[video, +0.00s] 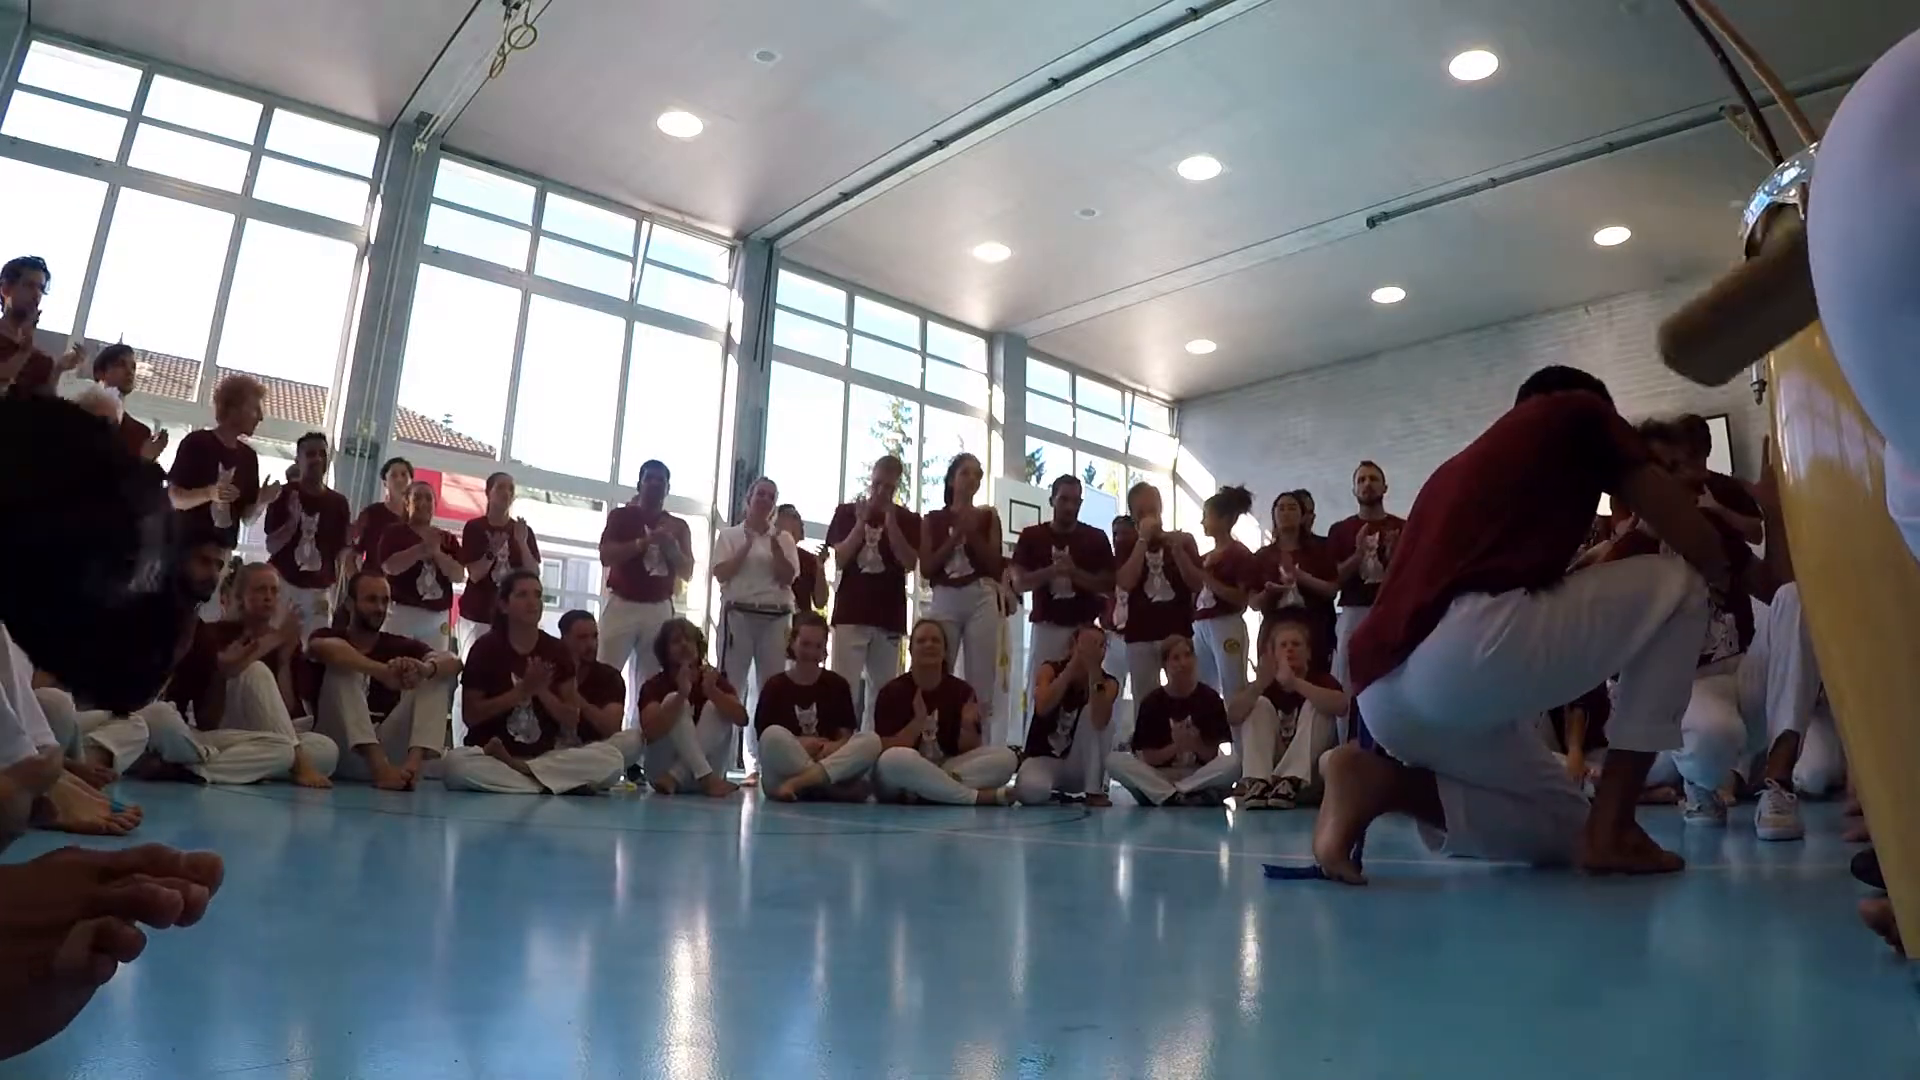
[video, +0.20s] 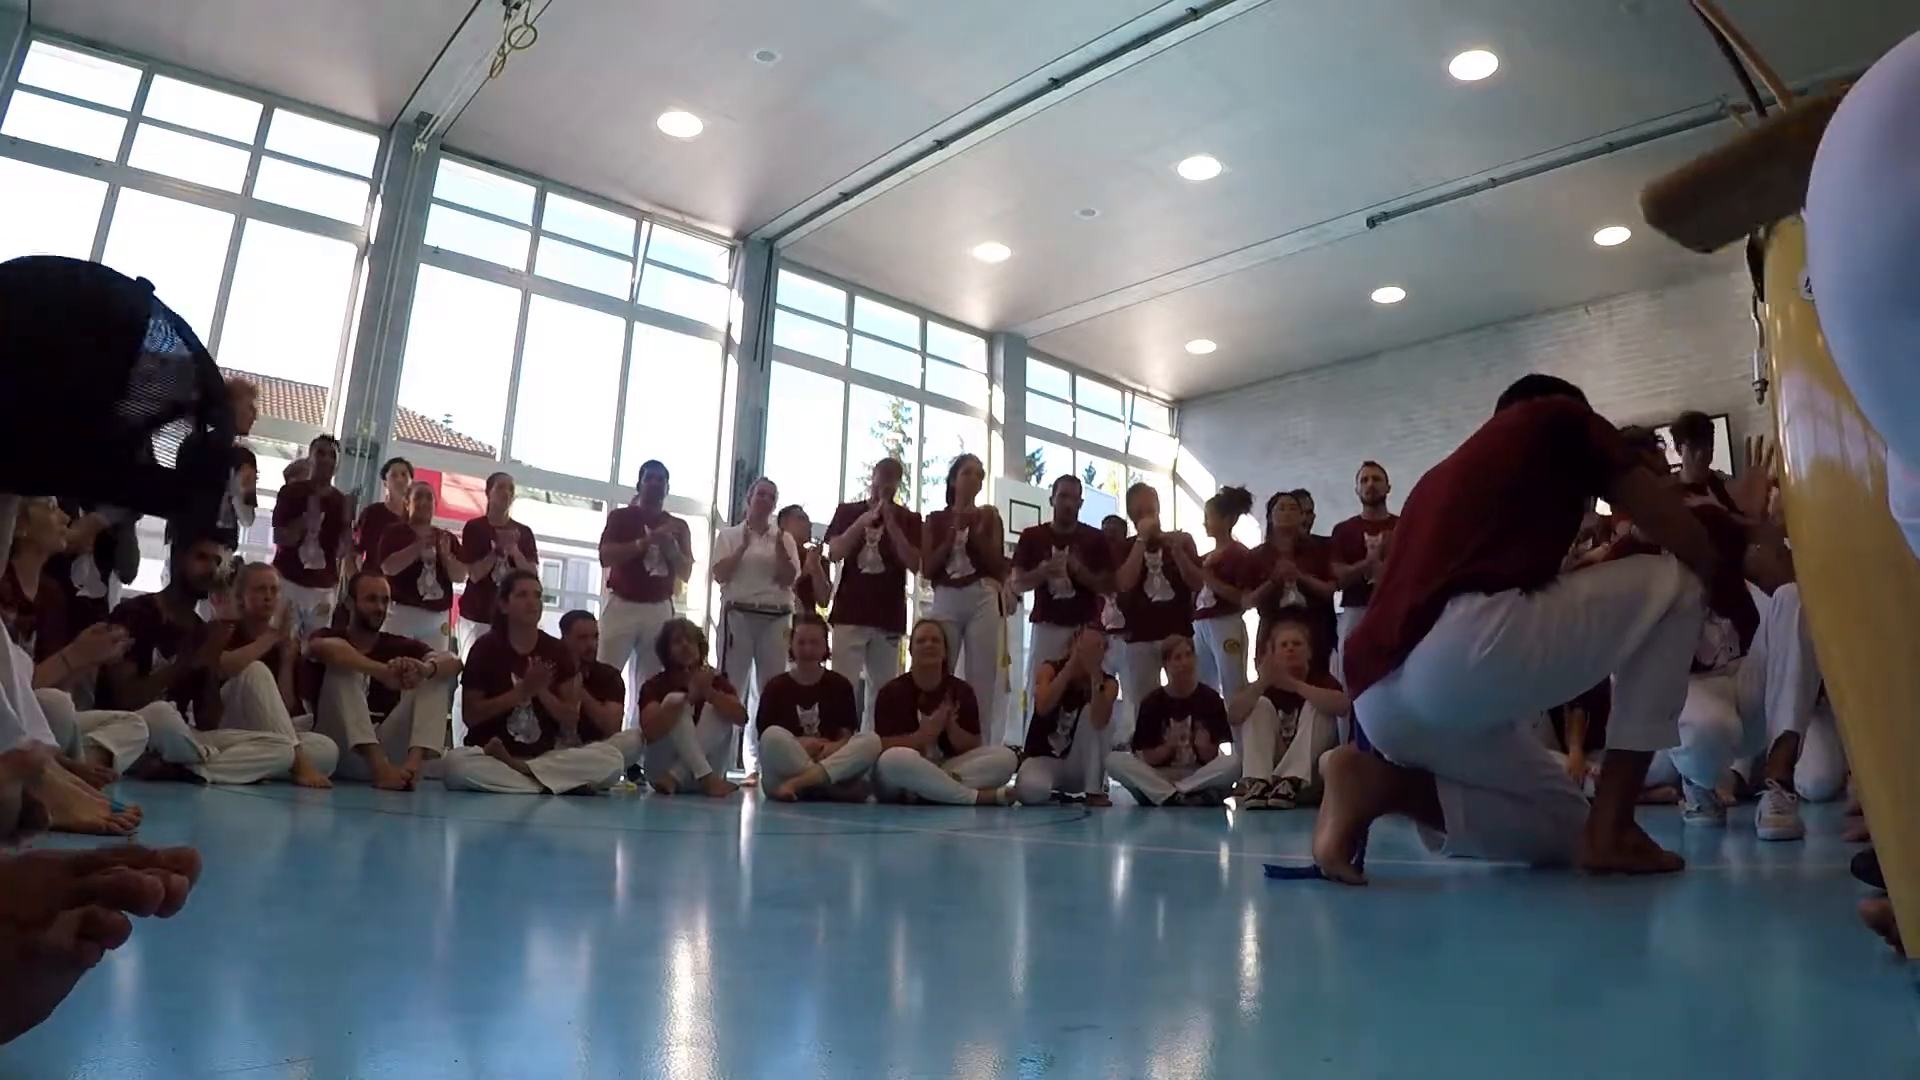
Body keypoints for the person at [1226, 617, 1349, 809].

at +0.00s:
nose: (1289, 650)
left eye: (1296, 644)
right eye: (1283, 645)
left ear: (1309, 652)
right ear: (1270, 652)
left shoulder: (1321, 680)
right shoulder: (1260, 686)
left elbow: (1341, 706)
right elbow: (1233, 716)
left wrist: (1295, 683)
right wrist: (1261, 683)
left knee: (1316, 706)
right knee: (1259, 705)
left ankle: (1289, 780)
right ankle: (1256, 780)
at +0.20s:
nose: (1291, 649)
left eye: (1297, 644)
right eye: (1283, 645)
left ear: (1309, 652)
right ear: (1270, 651)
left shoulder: (1321, 681)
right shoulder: (1258, 688)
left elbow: (1342, 706)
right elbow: (1233, 717)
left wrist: (1293, 684)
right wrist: (1263, 682)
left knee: (1317, 706)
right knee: (1260, 705)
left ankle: (1289, 781)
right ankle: (1256, 780)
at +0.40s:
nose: (1291, 649)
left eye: (1298, 644)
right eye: (1284, 645)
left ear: (1309, 651)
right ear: (1272, 653)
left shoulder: (1323, 681)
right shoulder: (1262, 687)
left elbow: (1343, 706)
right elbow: (1234, 717)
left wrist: (1295, 684)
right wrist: (1260, 683)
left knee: (1317, 706)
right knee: (1260, 705)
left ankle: (1289, 781)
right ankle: (1256, 780)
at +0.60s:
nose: (1293, 650)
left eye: (1299, 644)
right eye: (1286, 645)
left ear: (1311, 652)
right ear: (1272, 653)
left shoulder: (1323, 681)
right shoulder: (1262, 685)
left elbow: (1342, 707)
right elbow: (1233, 717)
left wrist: (1295, 684)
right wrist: (1260, 683)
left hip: (1312, 769)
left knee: (1315, 706)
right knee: (1261, 705)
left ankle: (1289, 780)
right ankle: (1256, 780)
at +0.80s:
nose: (1294, 648)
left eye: (1301, 644)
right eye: (1287, 644)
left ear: (1311, 654)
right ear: (1273, 655)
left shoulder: (1324, 681)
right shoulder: (1261, 685)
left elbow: (1341, 707)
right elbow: (1234, 716)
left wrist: (1293, 685)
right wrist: (1262, 682)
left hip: (1313, 768)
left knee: (1315, 707)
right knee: (1260, 705)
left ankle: (1289, 781)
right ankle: (1256, 780)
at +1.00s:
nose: (1294, 649)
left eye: (1301, 644)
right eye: (1287, 644)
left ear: (1311, 655)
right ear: (1273, 655)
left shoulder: (1324, 681)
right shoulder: (1260, 685)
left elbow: (1343, 706)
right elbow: (1234, 717)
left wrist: (1292, 684)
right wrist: (1261, 683)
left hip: (1313, 770)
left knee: (1316, 707)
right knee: (1260, 705)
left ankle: (1290, 781)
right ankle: (1256, 780)